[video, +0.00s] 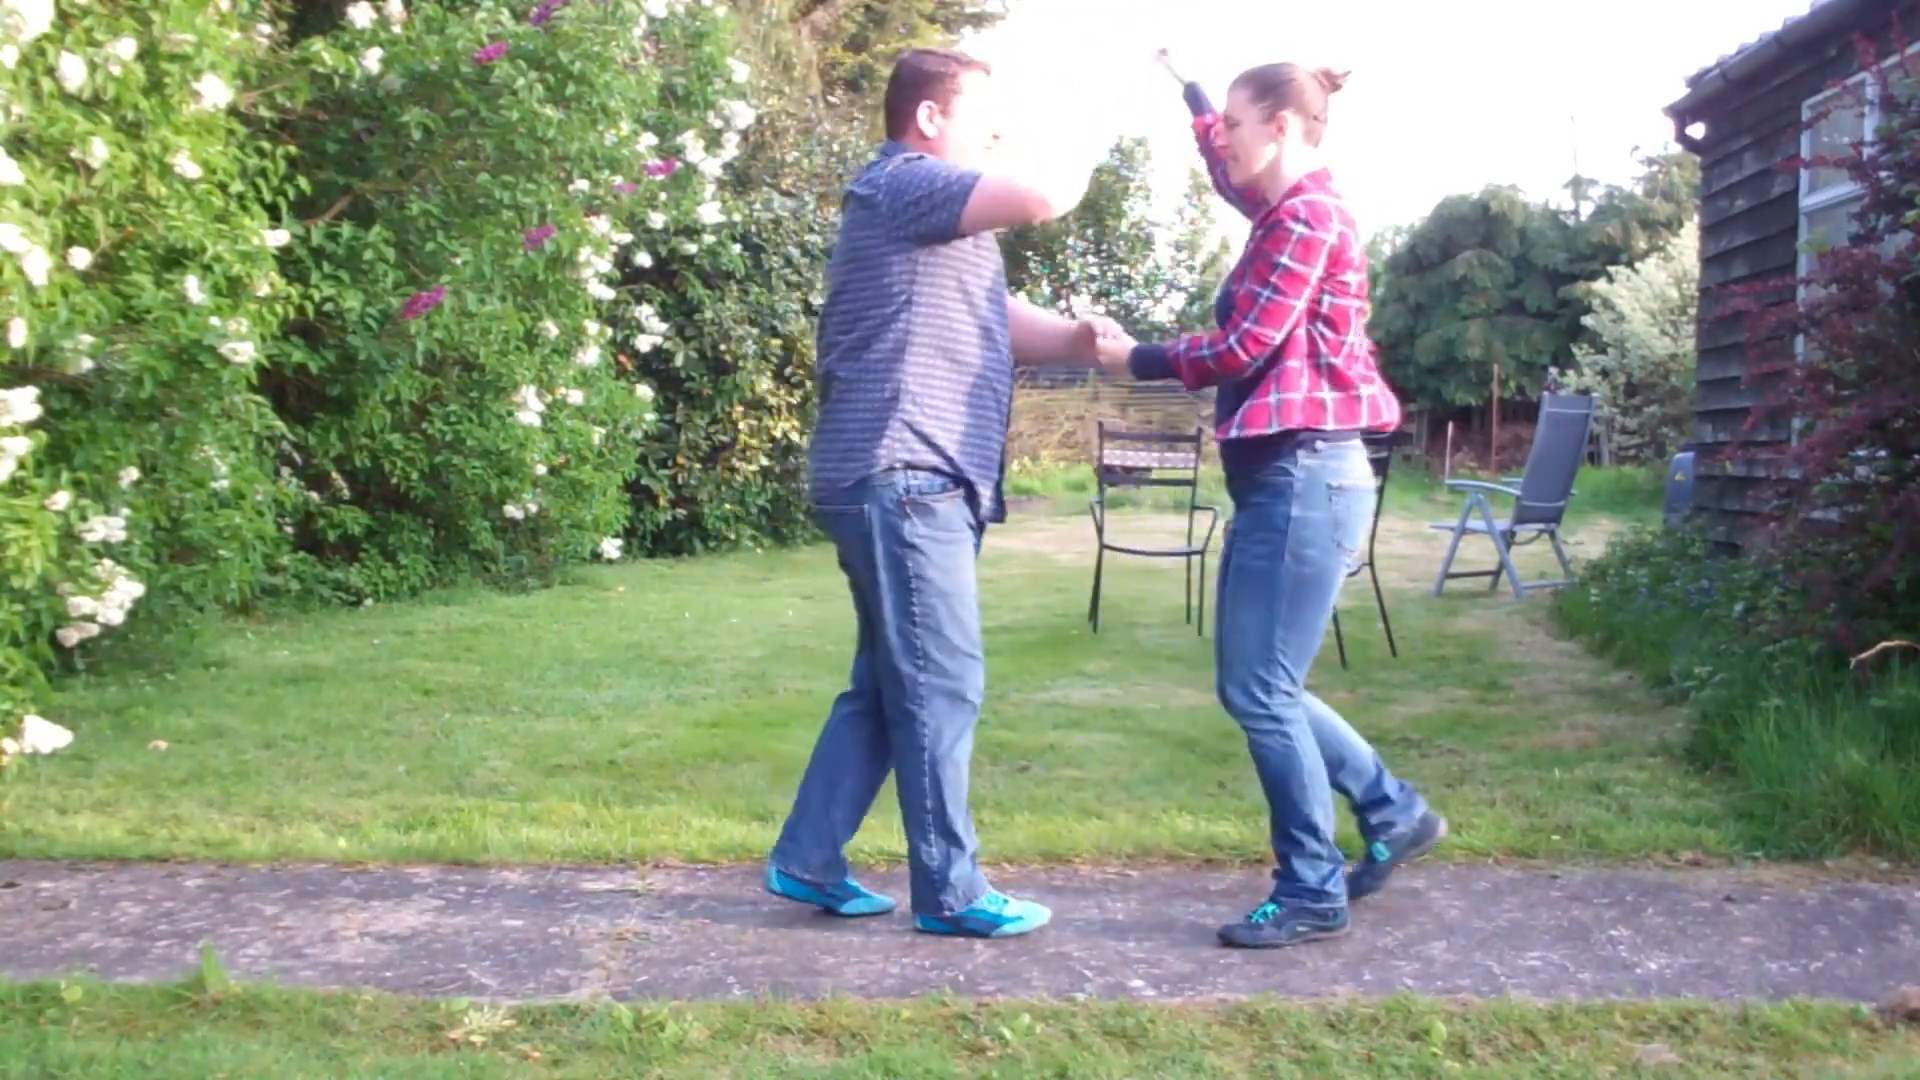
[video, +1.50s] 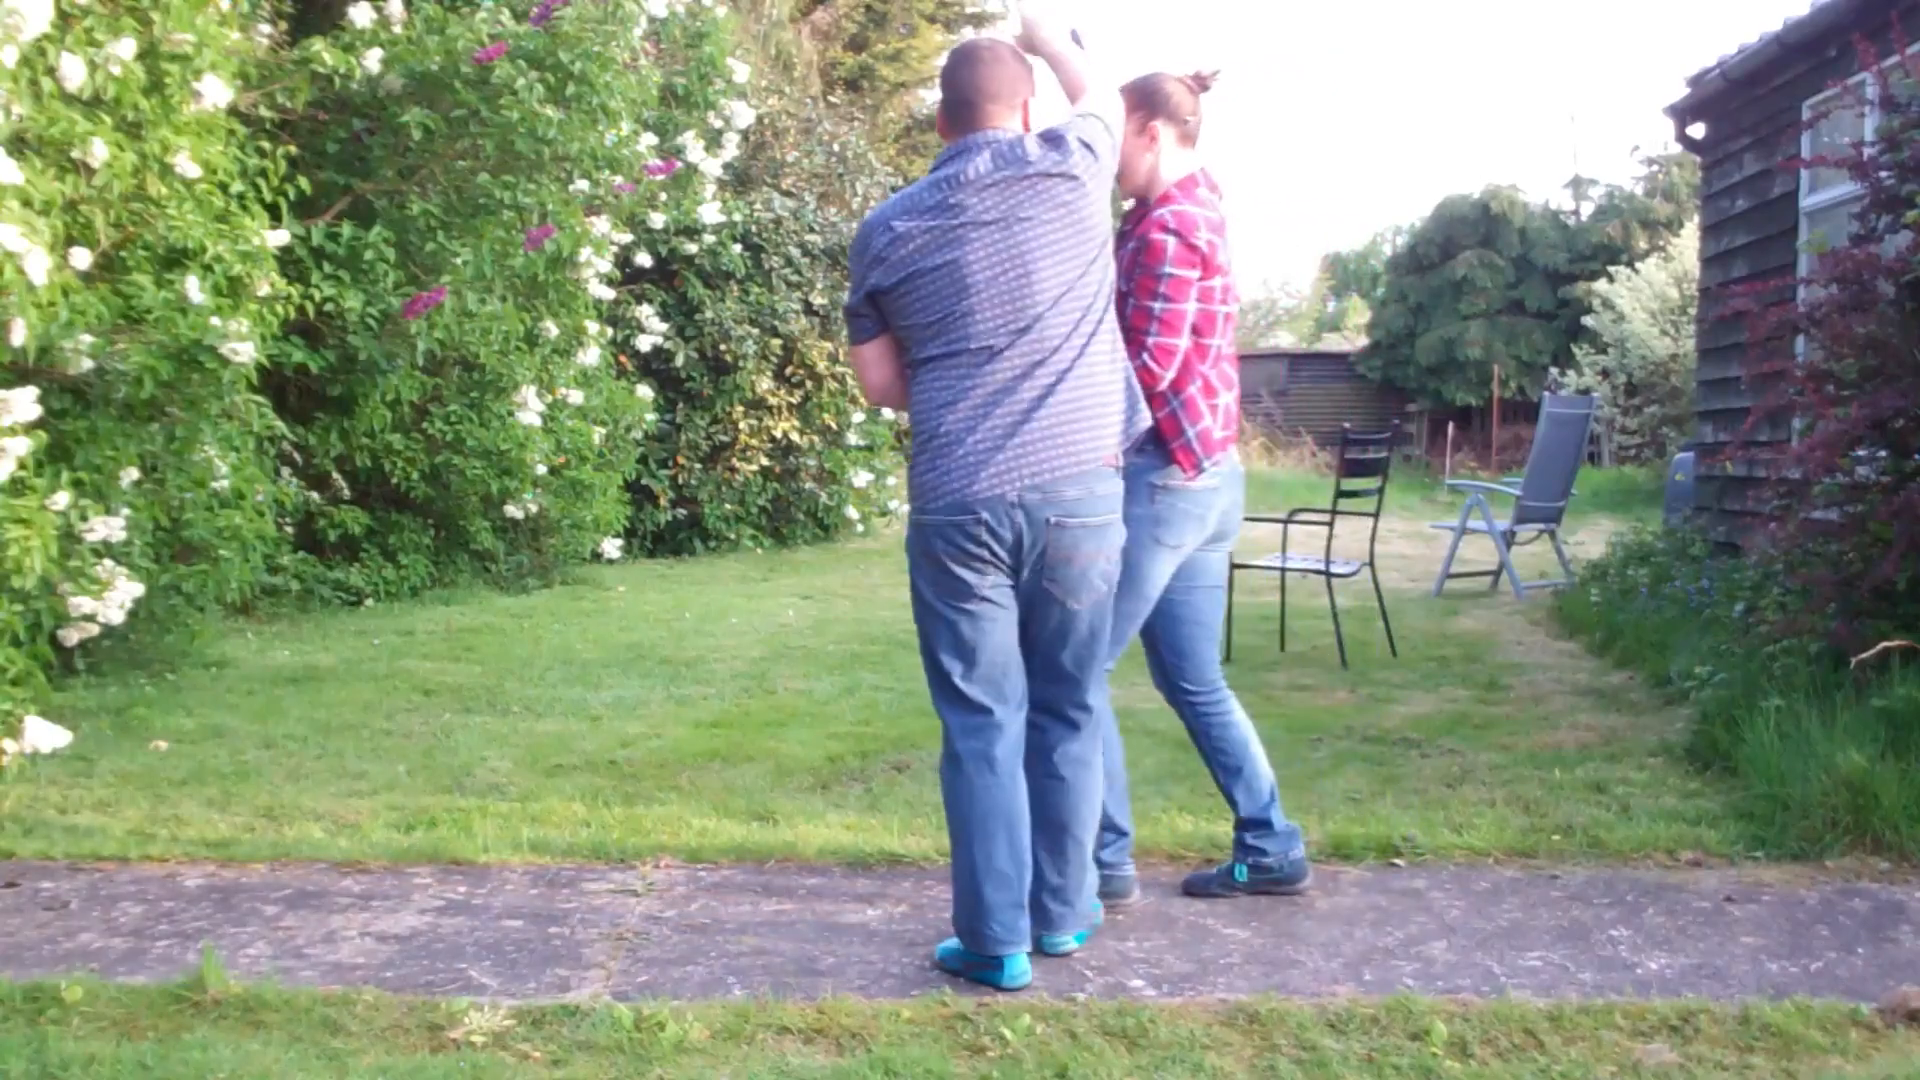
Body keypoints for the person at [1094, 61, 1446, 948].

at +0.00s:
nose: (1221, 140)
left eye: (1235, 124)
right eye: (1220, 127)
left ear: (1287, 130)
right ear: (1287, 133)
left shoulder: (1308, 213)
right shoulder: (1294, 212)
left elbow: (1240, 349)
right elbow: (1234, 181)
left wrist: (1137, 357)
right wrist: (1199, 108)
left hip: (1305, 474)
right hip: (1296, 471)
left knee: (1260, 689)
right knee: (1262, 683)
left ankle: (1312, 890)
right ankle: (1394, 812)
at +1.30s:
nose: (1167, 140)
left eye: (1176, 124)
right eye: (1170, 125)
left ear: (1218, 127)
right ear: (1224, 128)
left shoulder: (1243, 224)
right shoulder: (1204, 201)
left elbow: (1227, 362)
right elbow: (1127, 157)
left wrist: (1127, 373)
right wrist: (1060, 88)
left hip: (1226, 466)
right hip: (1251, 462)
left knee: (1168, 665)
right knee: (1230, 668)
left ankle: (1304, 811)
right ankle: (1265, 849)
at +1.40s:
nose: (1129, 143)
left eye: (1141, 129)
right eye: (1131, 128)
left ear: (1187, 132)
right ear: (1192, 135)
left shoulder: (1205, 224)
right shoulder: (1198, 215)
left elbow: (1187, 360)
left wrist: (1089, 380)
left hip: (1195, 475)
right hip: (1241, 472)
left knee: (1116, 662)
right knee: (1213, 669)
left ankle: (1196, 838)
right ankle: (1276, 848)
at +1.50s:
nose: (1106, 152)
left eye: (1115, 135)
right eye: (1108, 136)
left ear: (1152, 135)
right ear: (1163, 136)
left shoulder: (1169, 228)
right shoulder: (1191, 212)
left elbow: (1152, 368)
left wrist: (1069, 410)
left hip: (1166, 482)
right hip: (1213, 474)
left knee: (1075, 669)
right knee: (1193, 678)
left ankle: (1105, 860)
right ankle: (1270, 846)